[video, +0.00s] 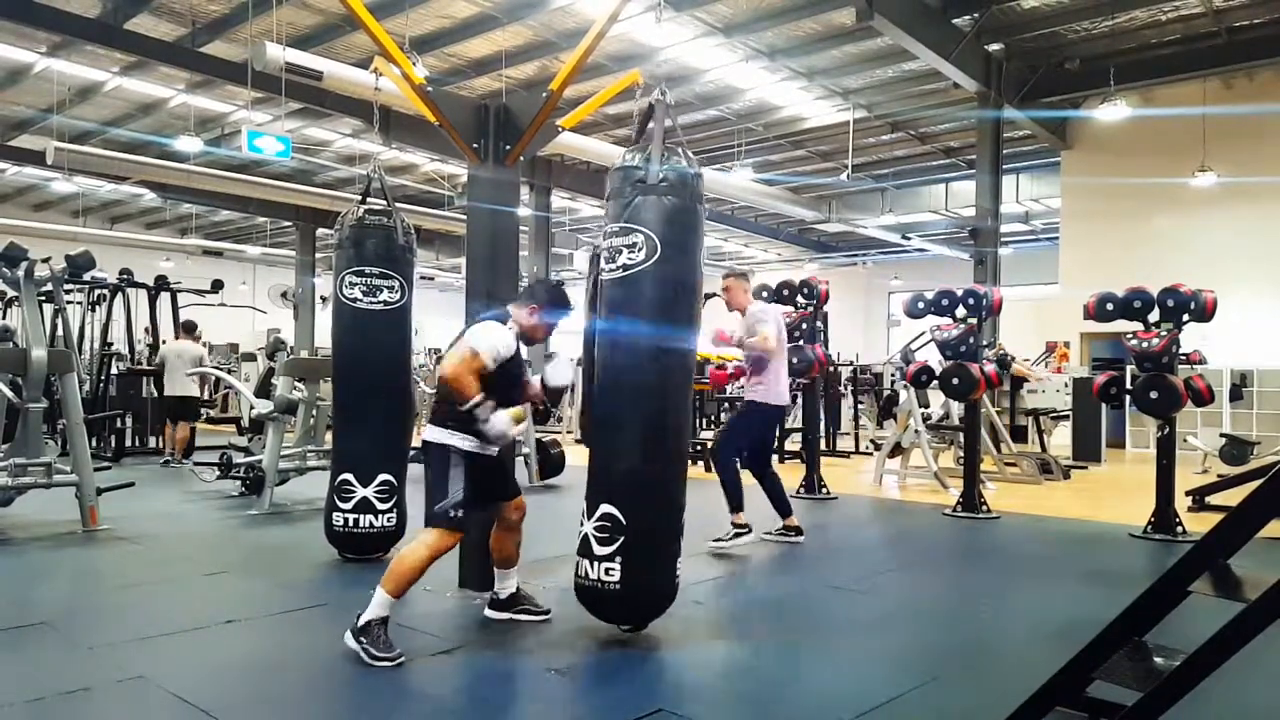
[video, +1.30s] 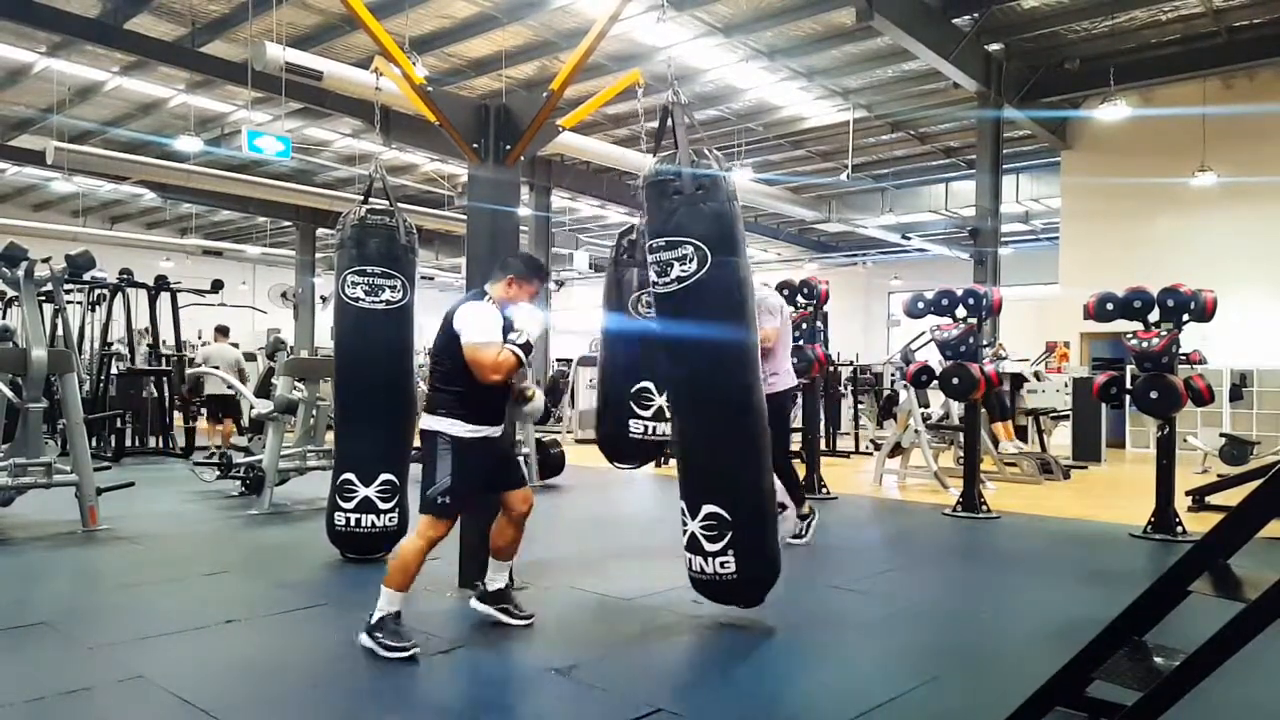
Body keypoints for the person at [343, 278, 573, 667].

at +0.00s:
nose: (550, 334)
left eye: (553, 328)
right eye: (549, 325)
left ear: (531, 313)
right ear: (530, 312)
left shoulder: (514, 342)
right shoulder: (494, 334)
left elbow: (510, 389)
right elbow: (452, 370)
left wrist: (544, 390)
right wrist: (487, 414)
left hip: (486, 447)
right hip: (453, 443)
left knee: (512, 511)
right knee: (445, 533)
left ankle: (505, 597)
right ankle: (369, 623)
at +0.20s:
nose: (561, 338)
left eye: (565, 332)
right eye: (562, 330)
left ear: (545, 314)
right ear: (548, 315)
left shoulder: (519, 330)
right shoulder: (518, 330)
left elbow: (503, 387)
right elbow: (513, 383)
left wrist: (541, 398)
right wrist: (556, 391)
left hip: (496, 444)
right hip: (466, 439)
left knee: (521, 512)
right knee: (448, 529)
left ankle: (502, 598)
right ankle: (375, 617)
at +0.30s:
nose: (564, 331)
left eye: (568, 325)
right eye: (564, 322)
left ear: (548, 310)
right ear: (546, 307)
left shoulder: (539, 338)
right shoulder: (499, 324)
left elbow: (552, 388)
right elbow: (490, 381)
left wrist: (603, 372)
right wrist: (539, 365)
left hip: (505, 437)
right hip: (467, 432)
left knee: (526, 512)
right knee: (464, 519)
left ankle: (504, 595)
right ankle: (407, 612)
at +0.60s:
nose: (575, 324)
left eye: (579, 318)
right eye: (572, 315)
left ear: (575, 313)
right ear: (552, 304)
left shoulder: (566, 340)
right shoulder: (506, 334)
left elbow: (587, 373)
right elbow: (467, 375)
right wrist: (508, 406)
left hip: (533, 448)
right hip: (488, 446)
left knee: (557, 513)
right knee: (474, 525)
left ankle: (546, 590)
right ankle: (426, 613)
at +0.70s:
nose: (587, 324)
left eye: (590, 319)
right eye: (585, 317)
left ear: (582, 312)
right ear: (568, 305)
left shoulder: (565, 330)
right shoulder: (544, 321)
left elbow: (578, 359)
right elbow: (554, 358)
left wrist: (603, 355)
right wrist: (594, 352)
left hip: (531, 441)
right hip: (494, 438)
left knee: (554, 508)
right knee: (476, 525)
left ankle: (545, 589)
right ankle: (424, 611)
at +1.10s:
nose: (550, 325)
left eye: (553, 319)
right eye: (549, 316)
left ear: (530, 308)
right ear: (529, 305)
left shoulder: (522, 342)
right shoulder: (491, 335)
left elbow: (529, 390)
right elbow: (504, 392)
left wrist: (565, 382)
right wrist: (540, 364)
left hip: (512, 450)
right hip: (474, 449)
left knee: (541, 515)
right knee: (470, 533)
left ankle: (547, 589)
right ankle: (403, 624)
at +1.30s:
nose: (529, 304)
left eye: (532, 299)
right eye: (529, 296)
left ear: (513, 287)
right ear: (512, 283)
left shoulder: (496, 317)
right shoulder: (473, 309)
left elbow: (501, 376)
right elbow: (492, 371)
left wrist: (522, 389)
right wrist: (523, 335)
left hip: (486, 435)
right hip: (449, 434)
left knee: (519, 503)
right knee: (432, 529)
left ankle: (494, 591)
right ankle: (381, 622)